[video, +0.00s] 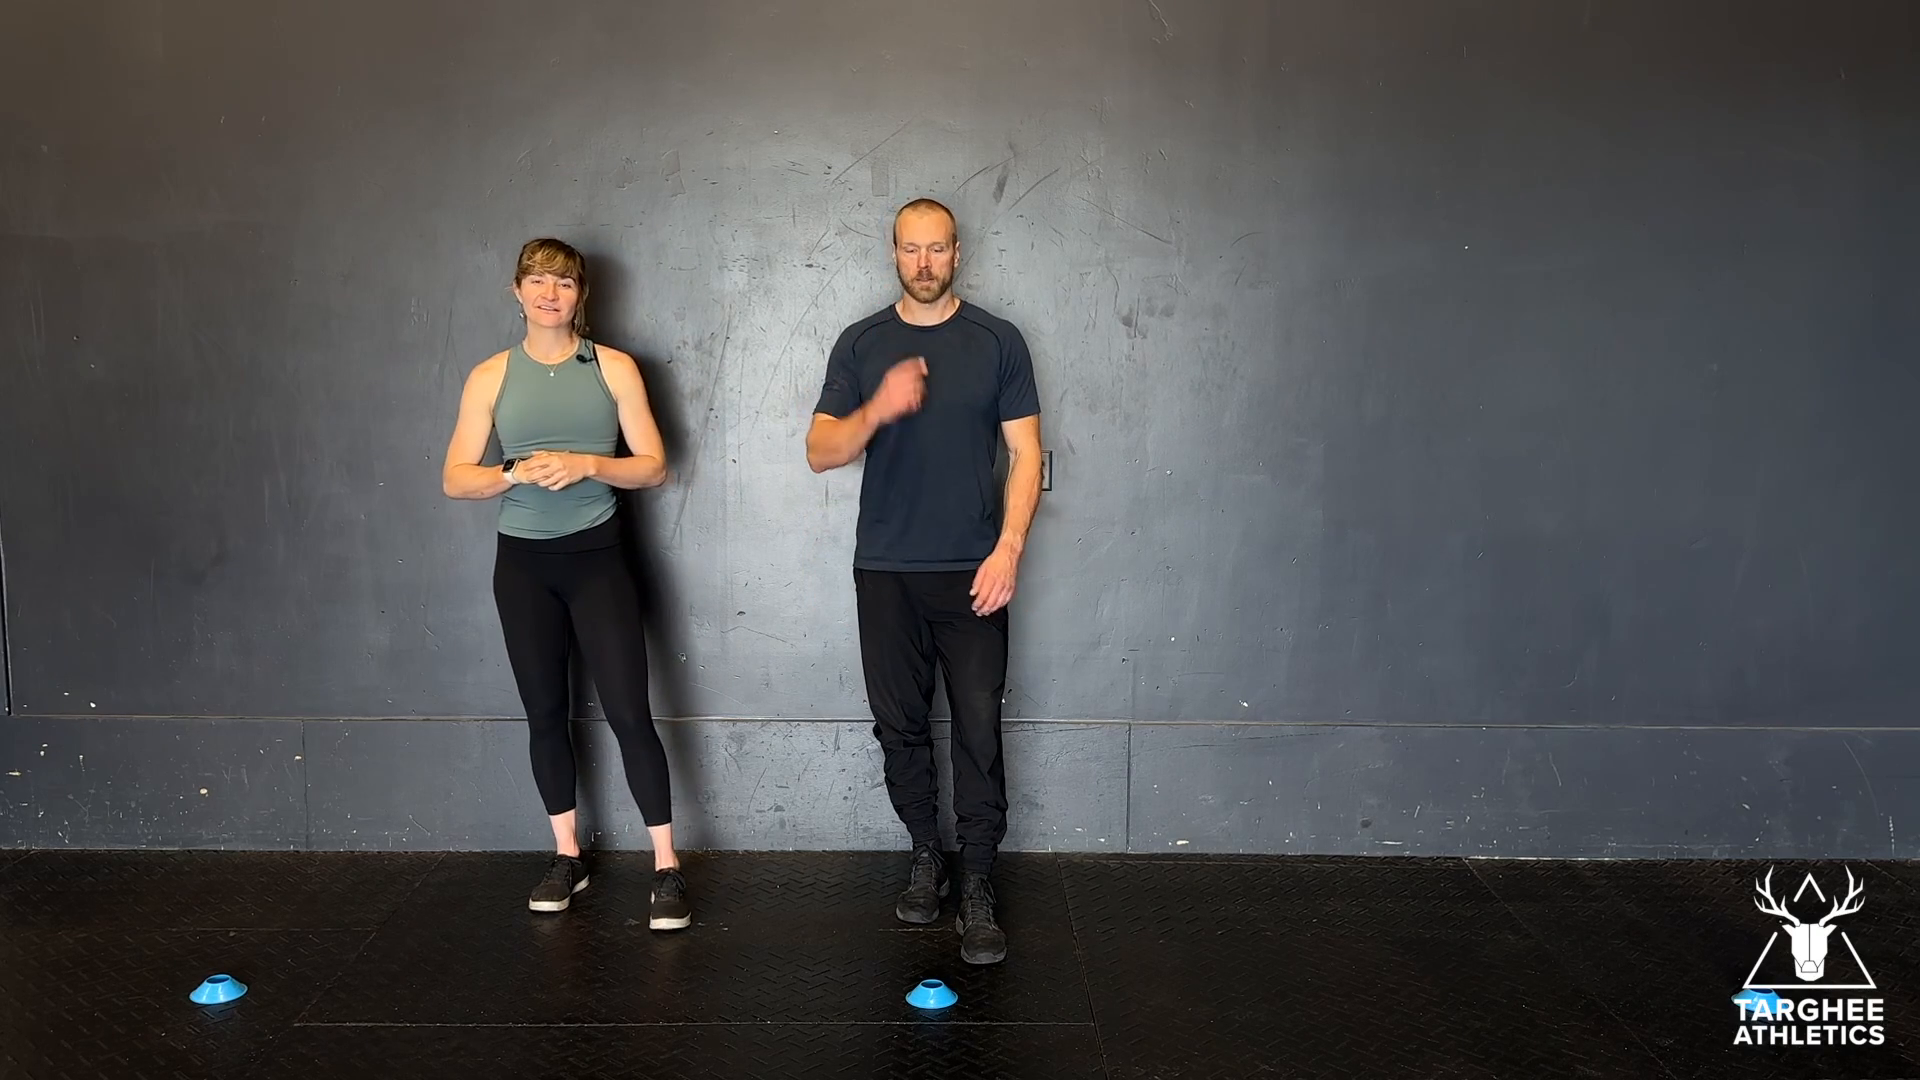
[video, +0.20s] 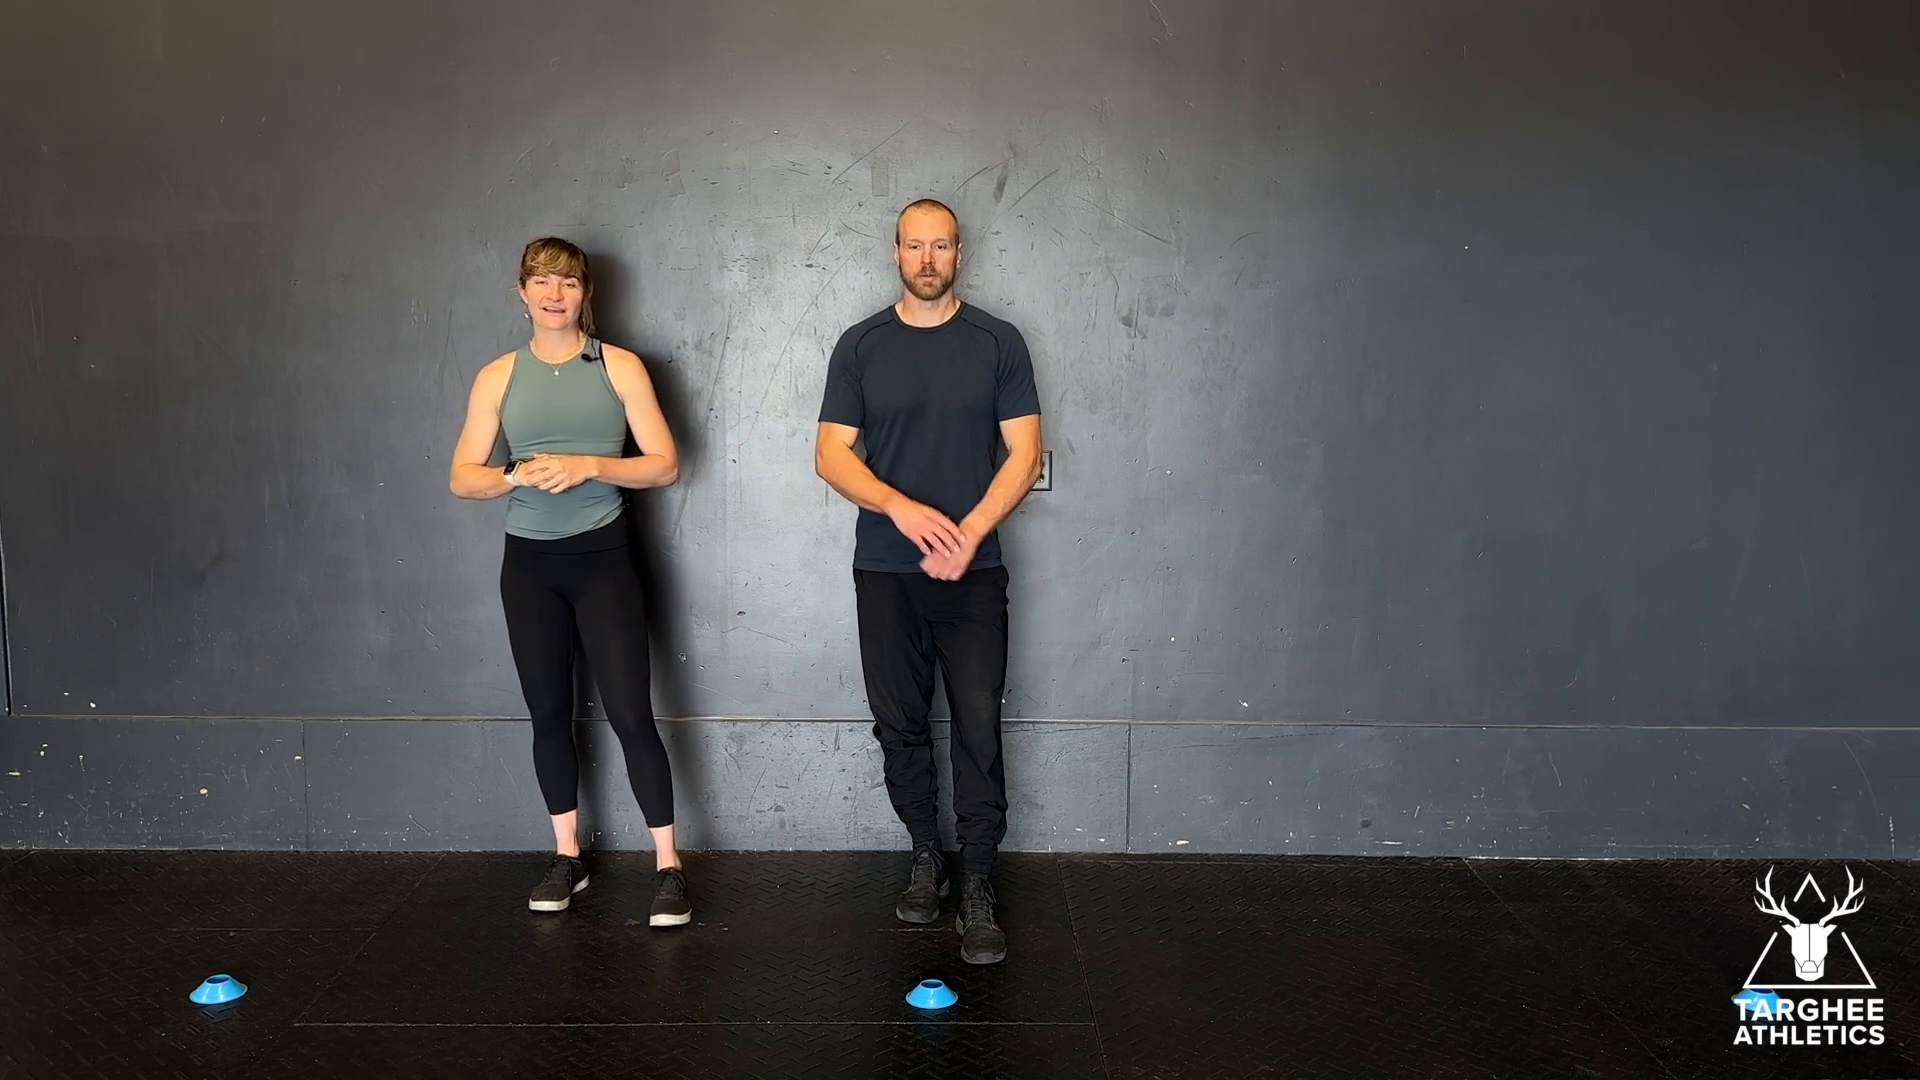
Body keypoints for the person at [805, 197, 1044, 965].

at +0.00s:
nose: (924, 259)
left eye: (936, 247)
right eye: (911, 248)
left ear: (955, 254)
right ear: (894, 255)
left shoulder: (997, 342)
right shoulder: (859, 345)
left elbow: (1026, 458)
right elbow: (821, 451)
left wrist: (1008, 551)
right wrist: (876, 409)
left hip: (973, 570)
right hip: (887, 571)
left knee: (978, 730)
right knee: (900, 728)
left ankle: (977, 880)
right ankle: (929, 860)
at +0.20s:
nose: (928, 257)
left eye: (940, 245)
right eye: (916, 244)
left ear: (958, 254)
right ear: (896, 253)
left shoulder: (998, 343)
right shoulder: (859, 347)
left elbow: (1024, 458)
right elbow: (831, 456)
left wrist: (970, 535)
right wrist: (900, 506)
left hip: (972, 568)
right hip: (887, 570)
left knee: (978, 729)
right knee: (900, 726)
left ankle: (978, 885)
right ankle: (930, 860)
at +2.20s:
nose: (923, 256)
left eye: (936, 244)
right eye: (911, 244)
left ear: (954, 255)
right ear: (892, 254)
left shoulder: (993, 343)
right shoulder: (855, 347)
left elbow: (1016, 459)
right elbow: (836, 463)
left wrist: (951, 542)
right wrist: (895, 540)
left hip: (968, 569)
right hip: (883, 569)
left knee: (974, 731)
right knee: (900, 727)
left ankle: (978, 884)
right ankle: (929, 859)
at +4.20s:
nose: (943, 298)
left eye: (951, 284)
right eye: (930, 287)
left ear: (958, 269)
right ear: (898, 275)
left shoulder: (991, 342)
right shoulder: (855, 348)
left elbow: (1015, 459)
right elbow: (835, 464)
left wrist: (954, 542)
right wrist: (896, 541)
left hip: (970, 567)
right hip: (885, 569)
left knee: (977, 725)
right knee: (900, 722)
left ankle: (978, 875)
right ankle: (928, 855)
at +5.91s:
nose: (900, 301)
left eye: (912, 289)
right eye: (890, 289)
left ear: (938, 273)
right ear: (875, 276)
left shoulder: (988, 343)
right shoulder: (851, 348)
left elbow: (1012, 460)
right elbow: (830, 462)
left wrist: (948, 540)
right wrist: (888, 539)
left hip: (963, 564)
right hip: (878, 566)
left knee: (972, 716)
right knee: (895, 721)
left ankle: (975, 871)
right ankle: (926, 854)